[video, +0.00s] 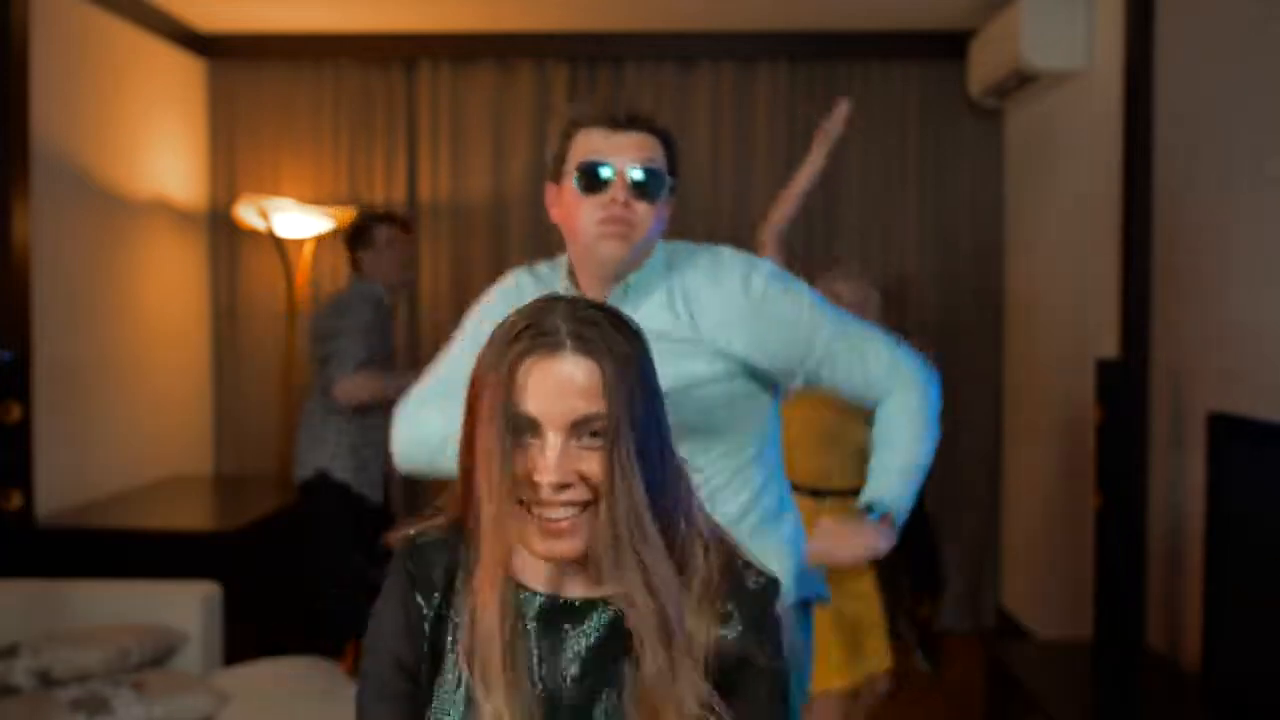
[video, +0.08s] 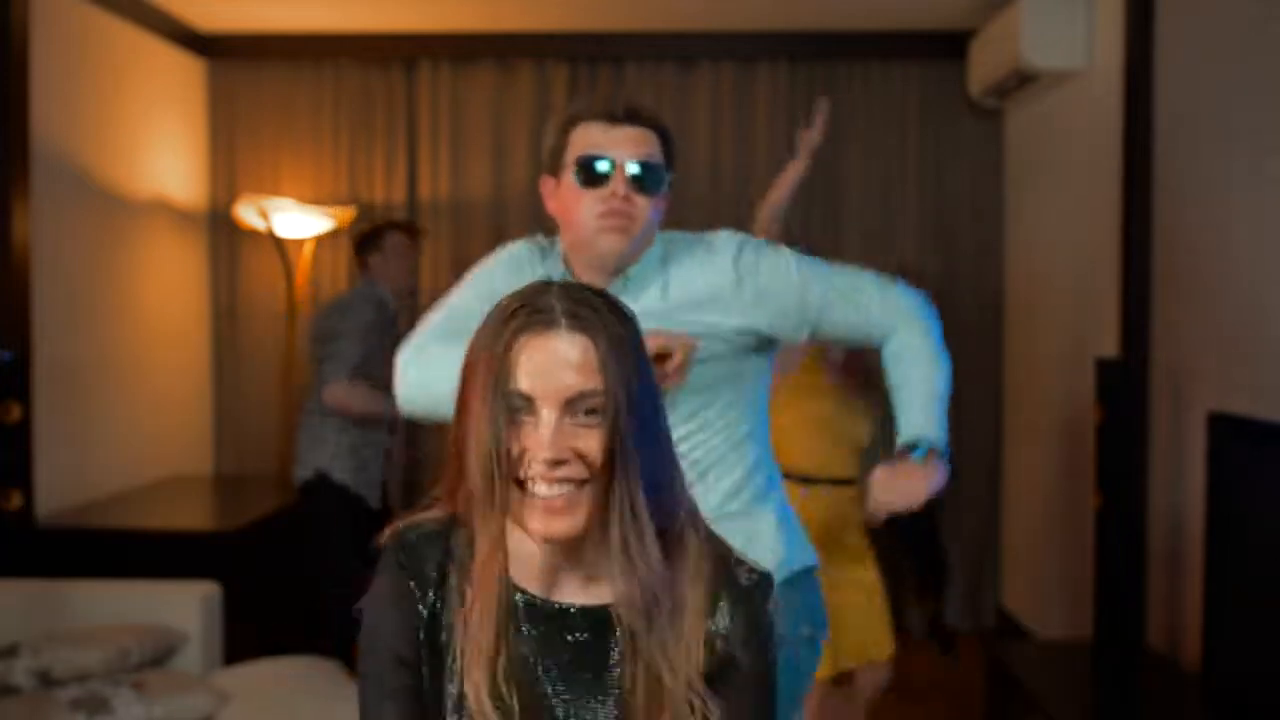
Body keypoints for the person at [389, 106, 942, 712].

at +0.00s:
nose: (620, 197)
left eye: (644, 183)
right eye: (595, 178)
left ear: (667, 211)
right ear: (555, 203)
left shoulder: (728, 288)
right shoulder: (519, 299)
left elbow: (907, 378)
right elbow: (411, 437)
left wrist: (879, 518)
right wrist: (549, 461)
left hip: (735, 607)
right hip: (565, 603)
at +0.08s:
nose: (620, 190)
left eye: (644, 176)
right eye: (594, 171)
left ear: (665, 201)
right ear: (552, 195)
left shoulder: (730, 269)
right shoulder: (519, 273)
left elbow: (902, 310)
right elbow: (412, 381)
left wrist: (920, 450)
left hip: (747, 591)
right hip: (579, 590)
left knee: (755, 709)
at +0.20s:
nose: (627, 185)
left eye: (650, 173)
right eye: (601, 166)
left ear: (666, 199)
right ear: (553, 192)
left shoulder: (718, 260)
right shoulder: (526, 262)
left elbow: (875, 255)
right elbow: (436, 321)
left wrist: (938, 382)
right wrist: (619, 331)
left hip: (746, 587)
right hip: (592, 589)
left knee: (752, 710)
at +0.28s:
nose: (628, 192)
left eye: (649, 179)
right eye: (602, 173)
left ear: (666, 205)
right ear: (554, 198)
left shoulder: (723, 261)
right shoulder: (529, 284)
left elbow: (864, 261)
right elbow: (447, 319)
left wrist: (922, 377)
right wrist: (629, 331)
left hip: (744, 595)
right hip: (588, 595)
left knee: (755, 711)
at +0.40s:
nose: (621, 222)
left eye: (643, 206)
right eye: (596, 203)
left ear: (661, 224)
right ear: (558, 215)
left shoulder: (710, 291)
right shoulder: (537, 318)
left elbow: (855, 322)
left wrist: (884, 428)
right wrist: (634, 367)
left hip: (741, 615)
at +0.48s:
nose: (617, 244)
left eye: (640, 228)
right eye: (593, 224)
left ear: (660, 249)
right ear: (555, 236)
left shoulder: (713, 324)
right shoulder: (533, 344)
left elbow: (853, 395)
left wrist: (854, 481)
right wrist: (631, 403)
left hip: (735, 638)